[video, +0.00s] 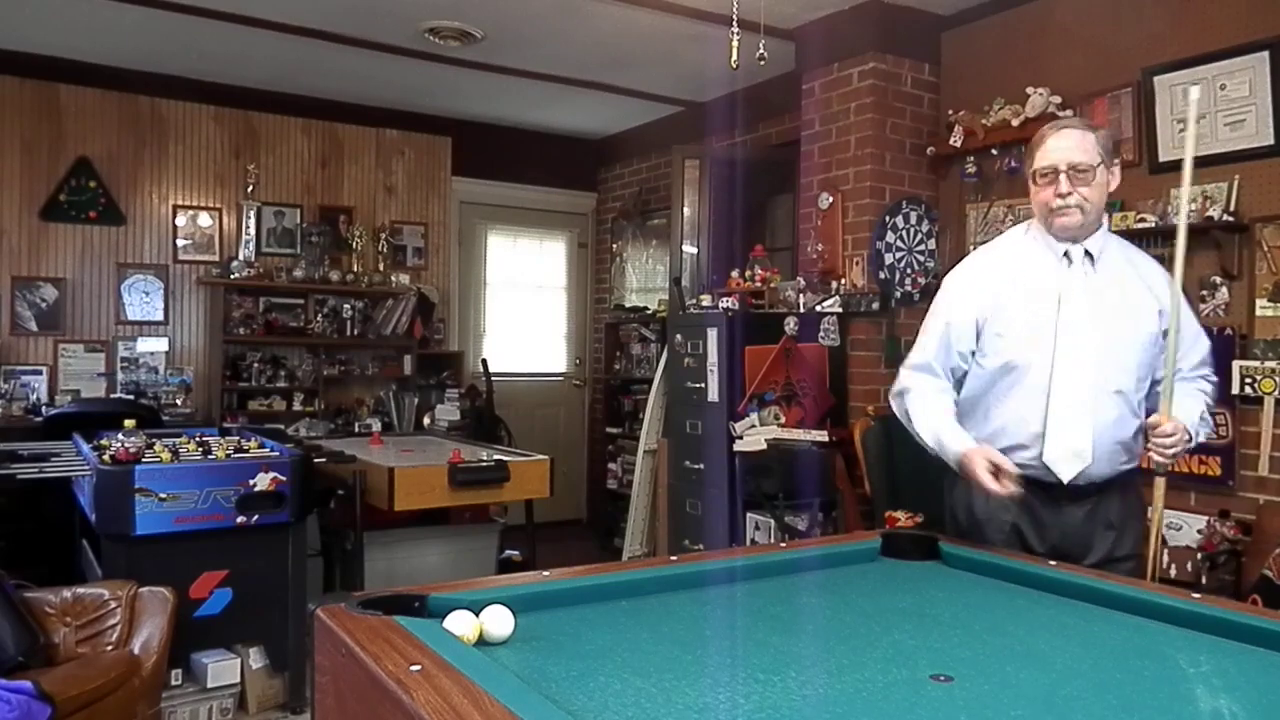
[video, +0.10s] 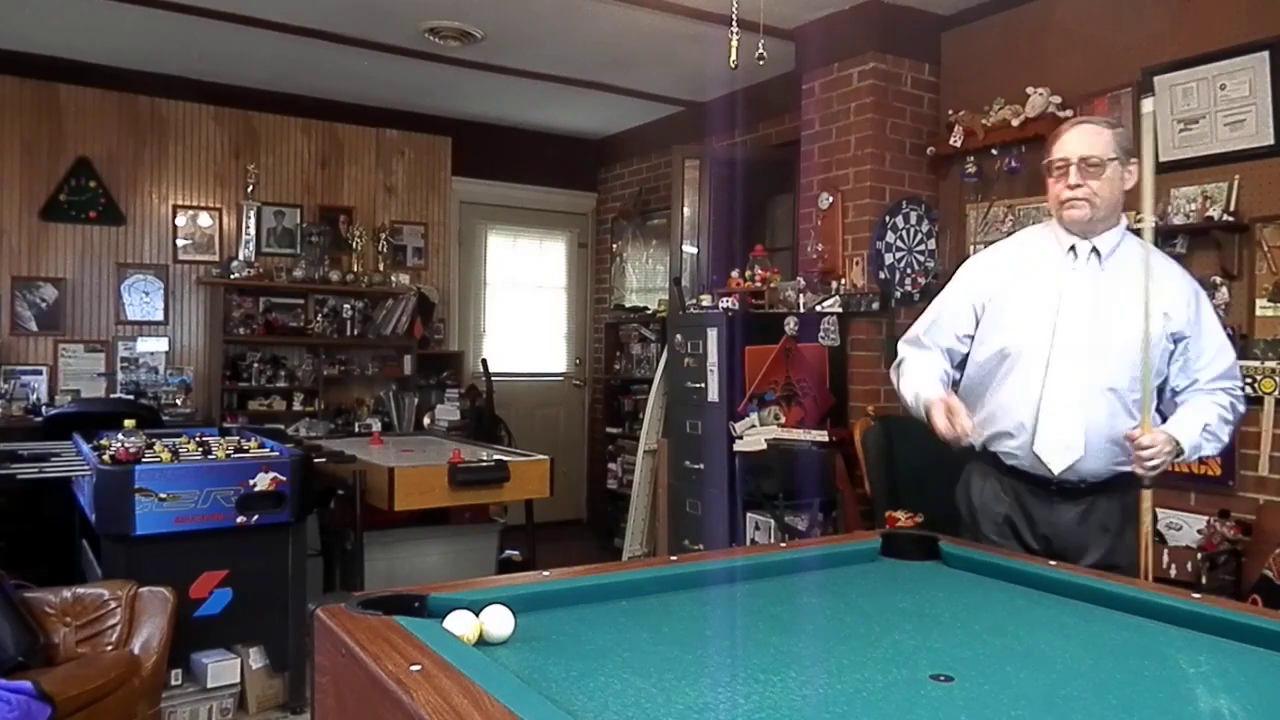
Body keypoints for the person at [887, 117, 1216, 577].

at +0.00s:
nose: (1062, 188)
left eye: (1079, 172)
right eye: (1046, 176)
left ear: (1111, 178)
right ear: (1030, 188)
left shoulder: (1150, 281)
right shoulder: (984, 271)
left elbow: (1192, 373)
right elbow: (919, 380)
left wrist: (1182, 425)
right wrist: (962, 450)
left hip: (1109, 512)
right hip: (998, 507)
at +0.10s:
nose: (1072, 181)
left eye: (1091, 166)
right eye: (1058, 169)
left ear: (1128, 175)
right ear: (1045, 183)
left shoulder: (1168, 286)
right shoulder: (995, 266)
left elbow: (1217, 389)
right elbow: (921, 351)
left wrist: (1175, 438)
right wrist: (934, 397)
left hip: (1104, 512)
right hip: (996, 501)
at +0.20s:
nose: (1086, 180)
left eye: (1108, 167)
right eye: (1077, 167)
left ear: (1147, 180)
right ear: (1064, 179)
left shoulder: (1184, 289)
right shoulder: (1010, 261)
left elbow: (1233, 403)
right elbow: (942, 324)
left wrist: (1160, 454)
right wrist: (924, 348)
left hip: (1109, 513)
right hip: (1000, 498)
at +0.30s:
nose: (1092, 179)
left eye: (1113, 166)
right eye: (1085, 165)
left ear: (1156, 177)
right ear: (1074, 173)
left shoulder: (1190, 288)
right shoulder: (1022, 257)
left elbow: (1231, 414)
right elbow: (951, 329)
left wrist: (1137, 462)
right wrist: (926, 310)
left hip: (1108, 510)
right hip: (1002, 490)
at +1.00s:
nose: (1034, 184)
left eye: (1050, 168)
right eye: (1028, 173)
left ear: (1095, 171)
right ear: (1023, 183)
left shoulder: (1148, 267)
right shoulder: (1004, 265)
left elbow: (1177, 399)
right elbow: (930, 334)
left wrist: (1090, 471)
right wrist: (922, 267)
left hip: (1103, 500)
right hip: (1004, 487)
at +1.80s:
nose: (1034, 192)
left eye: (1051, 178)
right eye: (1020, 180)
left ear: (1080, 182)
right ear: (1005, 188)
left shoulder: (1129, 270)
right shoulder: (973, 270)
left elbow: (1173, 391)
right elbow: (909, 352)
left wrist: (1110, 466)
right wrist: (896, 300)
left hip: (1096, 498)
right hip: (993, 489)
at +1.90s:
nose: (1047, 193)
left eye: (1065, 179)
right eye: (1033, 180)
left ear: (1091, 185)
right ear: (1014, 189)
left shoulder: (1136, 273)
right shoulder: (975, 274)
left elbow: (1189, 385)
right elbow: (920, 363)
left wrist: (1132, 452)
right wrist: (909, 341)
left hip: (1105, 501)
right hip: (998, 496)